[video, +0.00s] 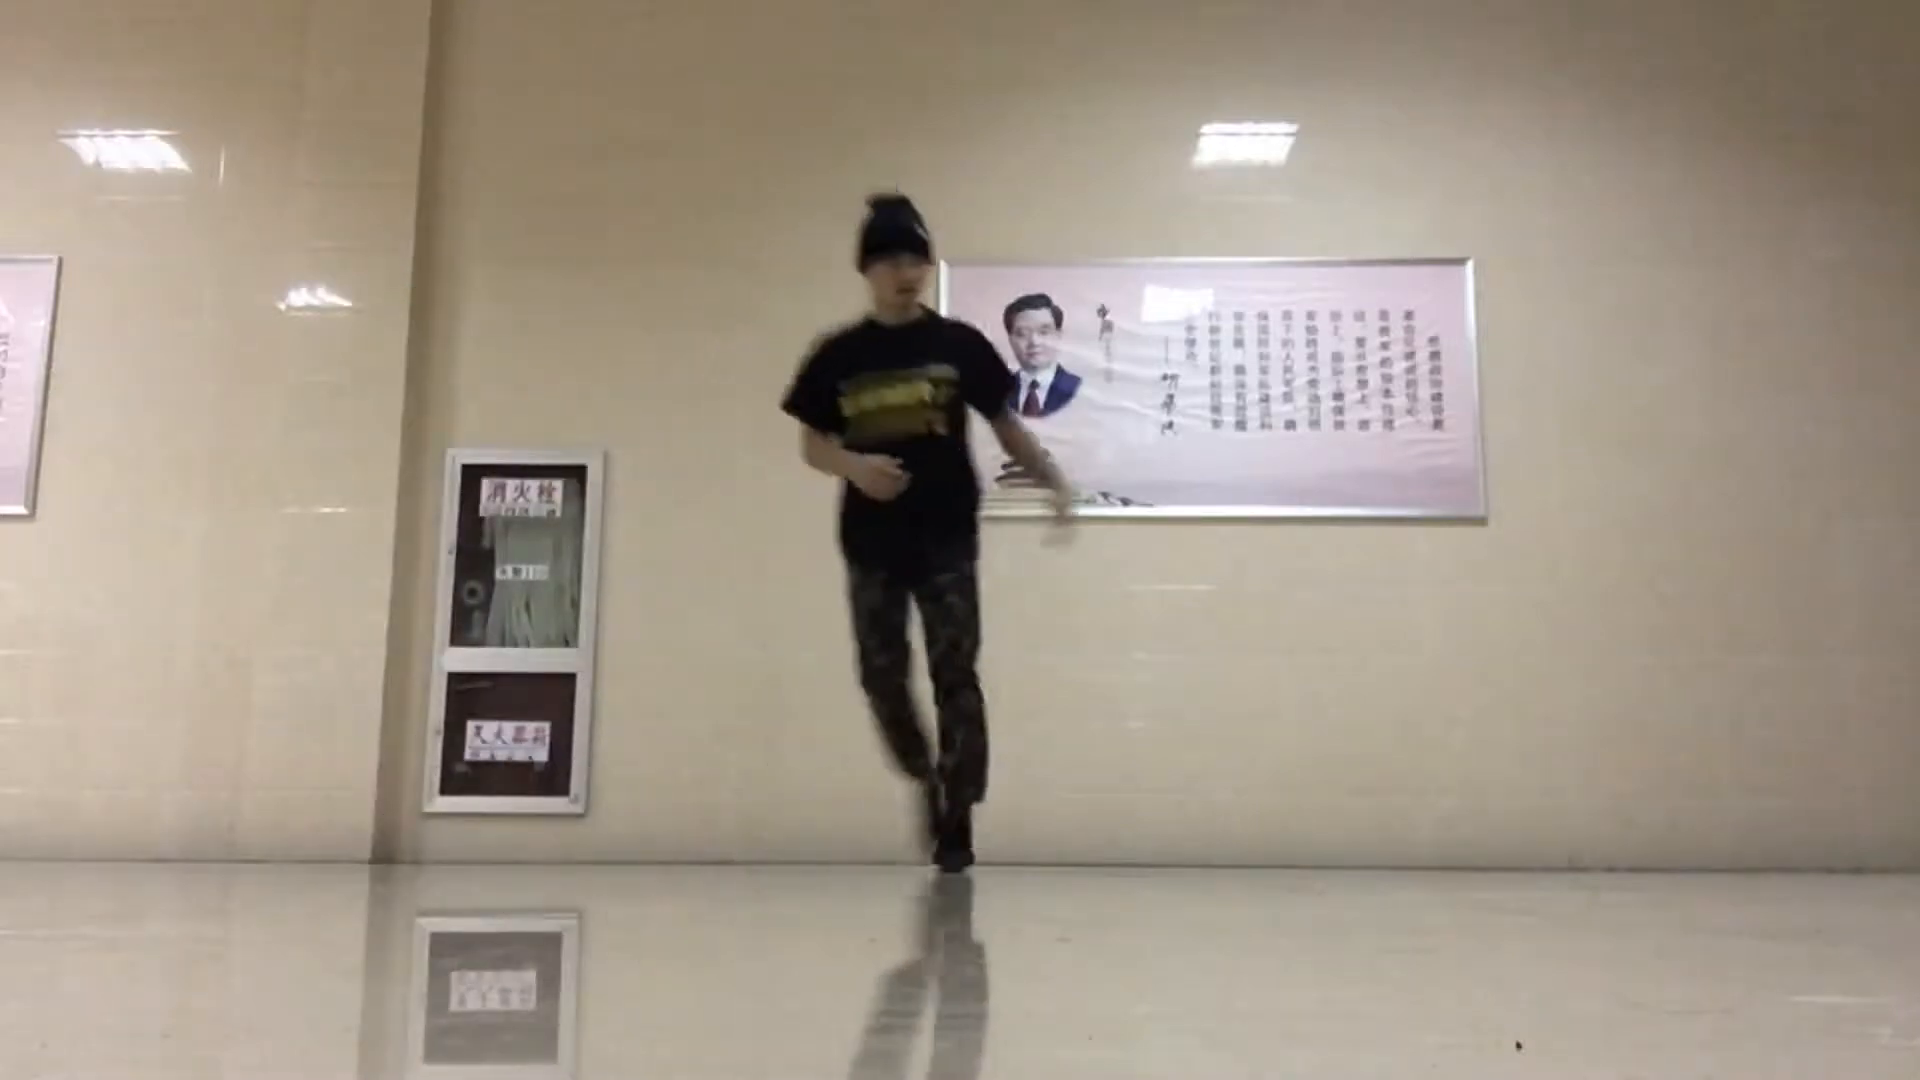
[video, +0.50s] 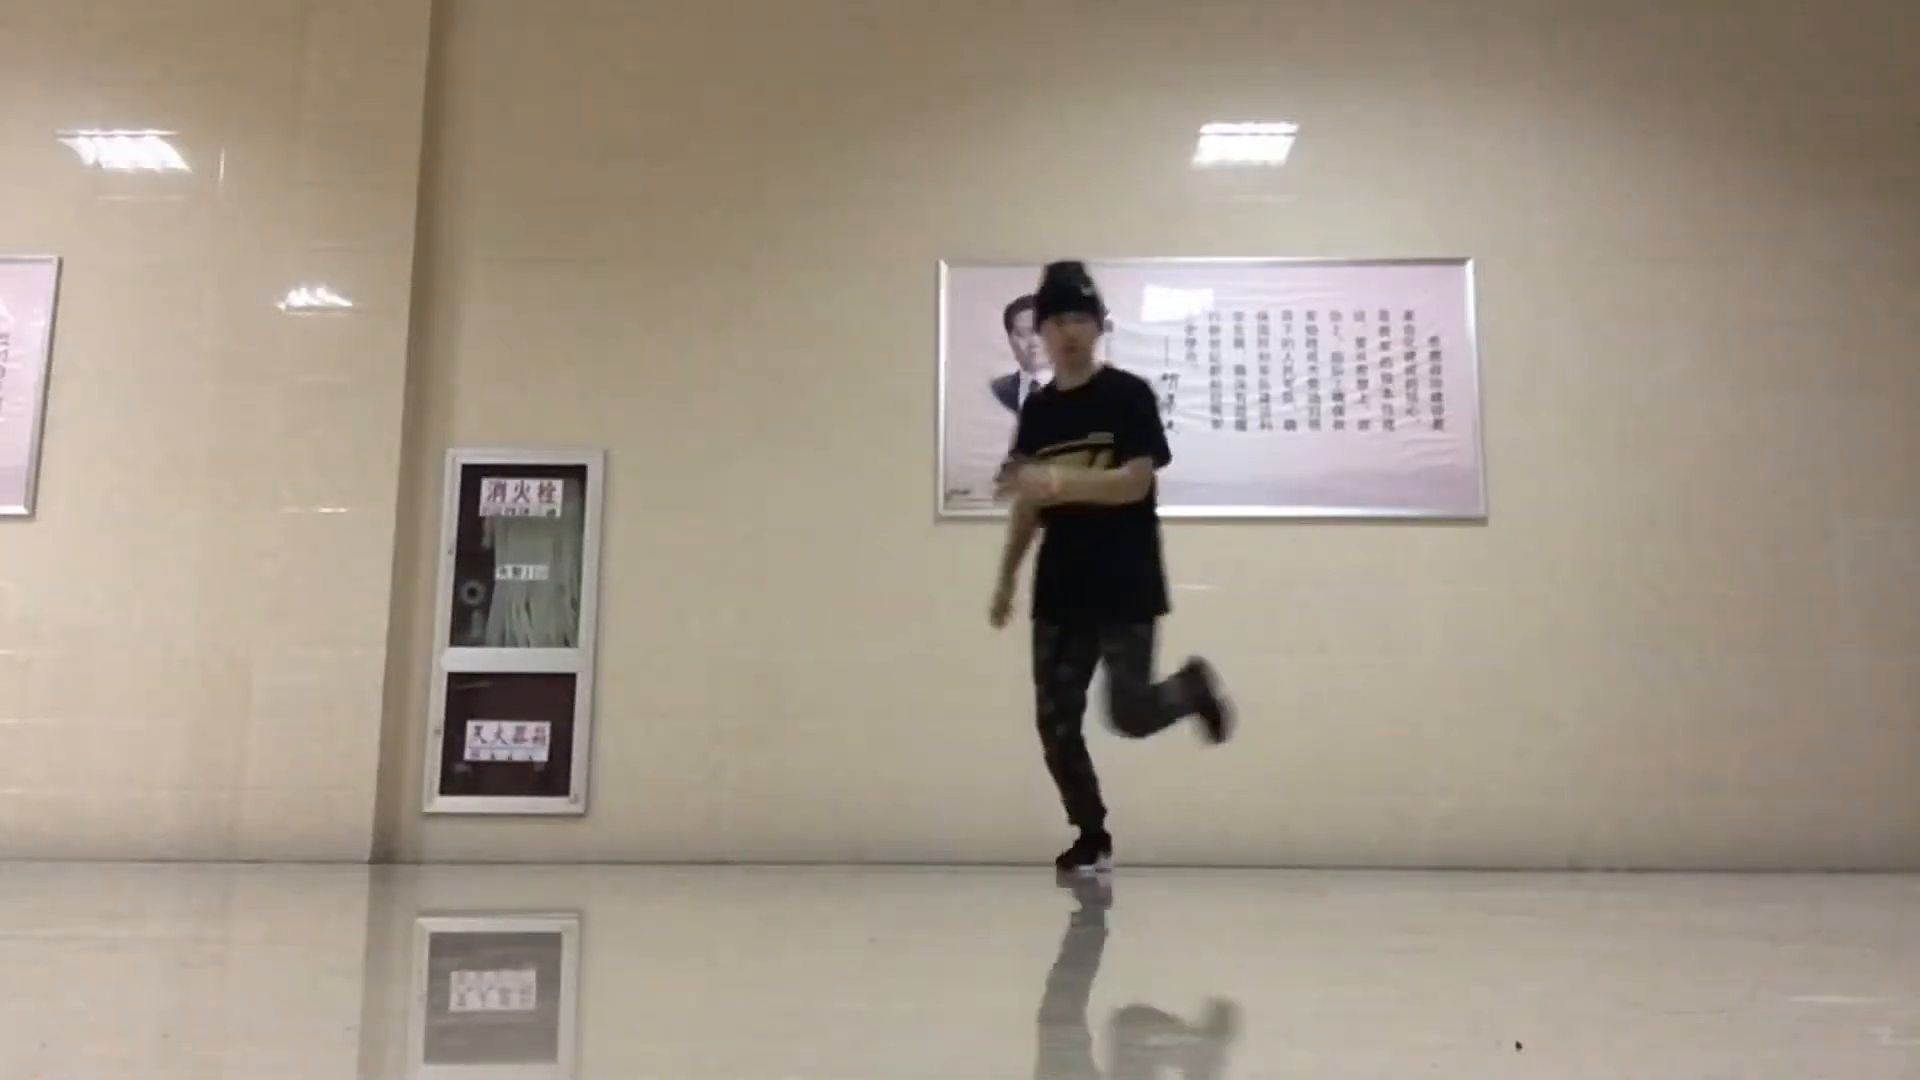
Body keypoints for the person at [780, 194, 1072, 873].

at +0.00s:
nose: (907, 275)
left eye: (916, 262)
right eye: (892, 263)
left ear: (931, 267)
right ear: (867, 270)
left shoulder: (962, 346)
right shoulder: (835, 355)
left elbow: (1007, 426)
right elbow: (813, 444)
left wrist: (1052, 478)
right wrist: (854, 467)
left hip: (946, 529)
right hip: (872, 535)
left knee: (953, 670)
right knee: (883, 672)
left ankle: (958, 810)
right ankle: (926, 776)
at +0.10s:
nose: (940, 309)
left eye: (952, 296)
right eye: (926, 297)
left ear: (968, 303)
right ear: (904, 304)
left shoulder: (999, 382)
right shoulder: (879, 390)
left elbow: (1052, 463)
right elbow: (855, 486)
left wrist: (1116, 523)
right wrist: (876, 498)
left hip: (980, 564)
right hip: (911, 564)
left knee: (953, 702)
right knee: (922, 715)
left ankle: (952, 826)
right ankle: (1011, 763)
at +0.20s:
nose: (972, 299)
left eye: (983, 285)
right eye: (959, 286)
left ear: (999, 290)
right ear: (938, 293)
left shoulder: (1031, 366)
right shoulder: (915, 379)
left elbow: (1079, 448)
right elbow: (908, 468)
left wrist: (1123, 515)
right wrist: (906, 524)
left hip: (1016, 547)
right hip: (949, 550)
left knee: (979, 689)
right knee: (968, 694)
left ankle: (960, 819)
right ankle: (1059, 766)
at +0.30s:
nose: (1001, 293)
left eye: (1011, 280)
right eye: (988, 282)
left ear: (1029, 285)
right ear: (970, 292)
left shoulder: (1067, 354)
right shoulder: (954, 372)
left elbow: (1104, 440)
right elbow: (948, 463)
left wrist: (1105, 511)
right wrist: (939, 539)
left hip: (1055, 531)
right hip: (991, 537)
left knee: (1023, 672)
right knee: (1011, 677)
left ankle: (1023, 813)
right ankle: (1072, 796)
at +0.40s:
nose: (1031, 323)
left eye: (1042, 309)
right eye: (1018, 311)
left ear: (1063, 313)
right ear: (1003, 322)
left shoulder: (1103, 385)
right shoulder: (1000, 398)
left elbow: (1121, 479)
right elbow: (989, 490)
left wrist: (1066, 512)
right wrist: (970, 570)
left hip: (1090, 565)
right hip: (1025, 569)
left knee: (1058, 681)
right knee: (1037, 707)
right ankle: (1083, 822)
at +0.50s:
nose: (1068, 334)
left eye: (1079, 321)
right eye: (1056, 323)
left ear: (1099, 326)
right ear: (1042, 333)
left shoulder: (1130, 394)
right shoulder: (1038, 409)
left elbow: (1138, 483)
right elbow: (1030, 500)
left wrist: (1055, 484)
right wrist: (1006, 579)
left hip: (1127, 579)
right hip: (1062, 582)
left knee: (1130, 714)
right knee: (1055, 719)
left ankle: (1196, 686)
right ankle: (1092, 834)